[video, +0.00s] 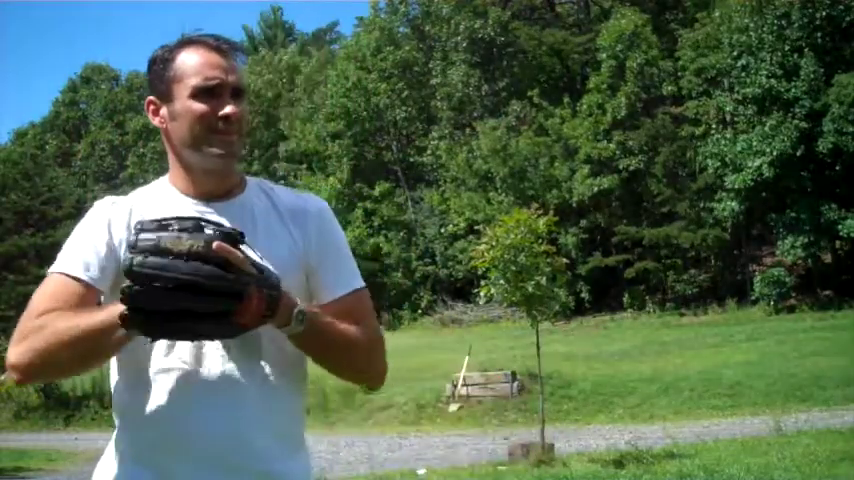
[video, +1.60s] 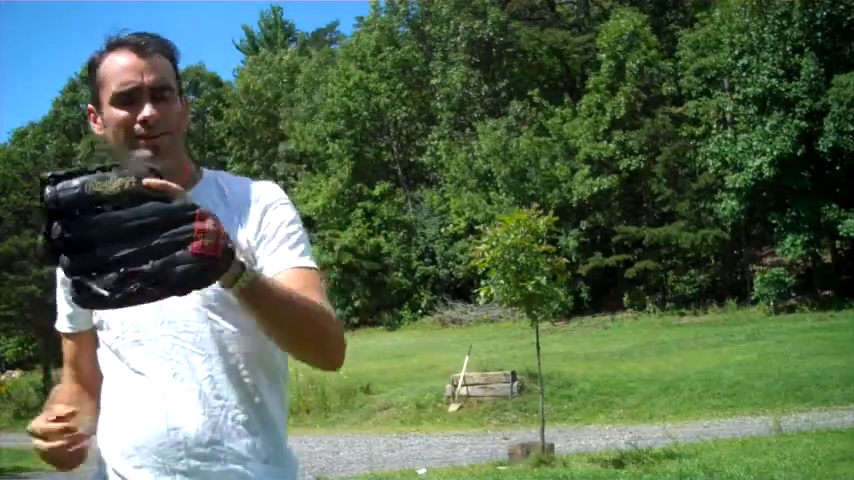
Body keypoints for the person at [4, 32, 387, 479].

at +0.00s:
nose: (231, 110)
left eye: (238, 96)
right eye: (209, 93)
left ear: (247, 108)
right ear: (158, 112)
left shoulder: (307, 217)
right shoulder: (115, 220)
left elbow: (371, 366)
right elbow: (24, 356)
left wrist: (282, 310)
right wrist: (137, 312)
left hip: (272, 467)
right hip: (145, 467)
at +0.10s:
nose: (229, 110)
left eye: (236, 95)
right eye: (207, 94)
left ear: (245, 107)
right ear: (156, 113)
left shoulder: (303, 222)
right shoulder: (113, 226)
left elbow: (352, 377)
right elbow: (39, 377)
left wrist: (287, 312)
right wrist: (173, 332)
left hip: (272, 468)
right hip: (146, 470)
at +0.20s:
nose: (228, 109)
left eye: (234, 94)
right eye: (207, 93)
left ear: (243, 105)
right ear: (156, 113)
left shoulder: (299, 220)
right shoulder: (108, 230)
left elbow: (344, 383)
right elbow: (49, 387)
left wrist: (303, 303)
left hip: (271, 469)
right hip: (143, 471)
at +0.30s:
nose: (228, 109)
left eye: (234, 94)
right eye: (205, 93)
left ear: (243, 106)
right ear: (155, 112)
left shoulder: (283, 221)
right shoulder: (108, 231)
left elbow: (348, 383)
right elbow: (62, 389)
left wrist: (320, 287)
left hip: (273, 469)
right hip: (151, 468)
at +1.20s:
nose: (201, 98)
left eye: (208, 84)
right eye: (176, 86)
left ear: (221, 99)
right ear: (130, 113)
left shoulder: (283, 216)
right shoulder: (94, 238)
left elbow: (375, 337)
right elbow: (62, 401)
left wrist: (329, 210)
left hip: (267, 469)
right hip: (141, 471)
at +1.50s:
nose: (169, 102)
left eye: (179, 88)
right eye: (147, 91)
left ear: (194, 98)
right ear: (107, 112)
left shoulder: (267, 200)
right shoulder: (87, 245)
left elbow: (354, 307)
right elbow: (77, 396)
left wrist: (273, 227)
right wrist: (48, 474)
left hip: (258, 465)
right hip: (136, 469)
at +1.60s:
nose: (149, 113)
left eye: (162, 95)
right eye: (128, 100)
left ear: (185, 108)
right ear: (97, 120)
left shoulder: (259, 203)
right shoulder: (87, 233)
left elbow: (329, 349)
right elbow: (80, 382)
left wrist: (234, 271)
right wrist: (58, 432)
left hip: (254, 466)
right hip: (133, 469)